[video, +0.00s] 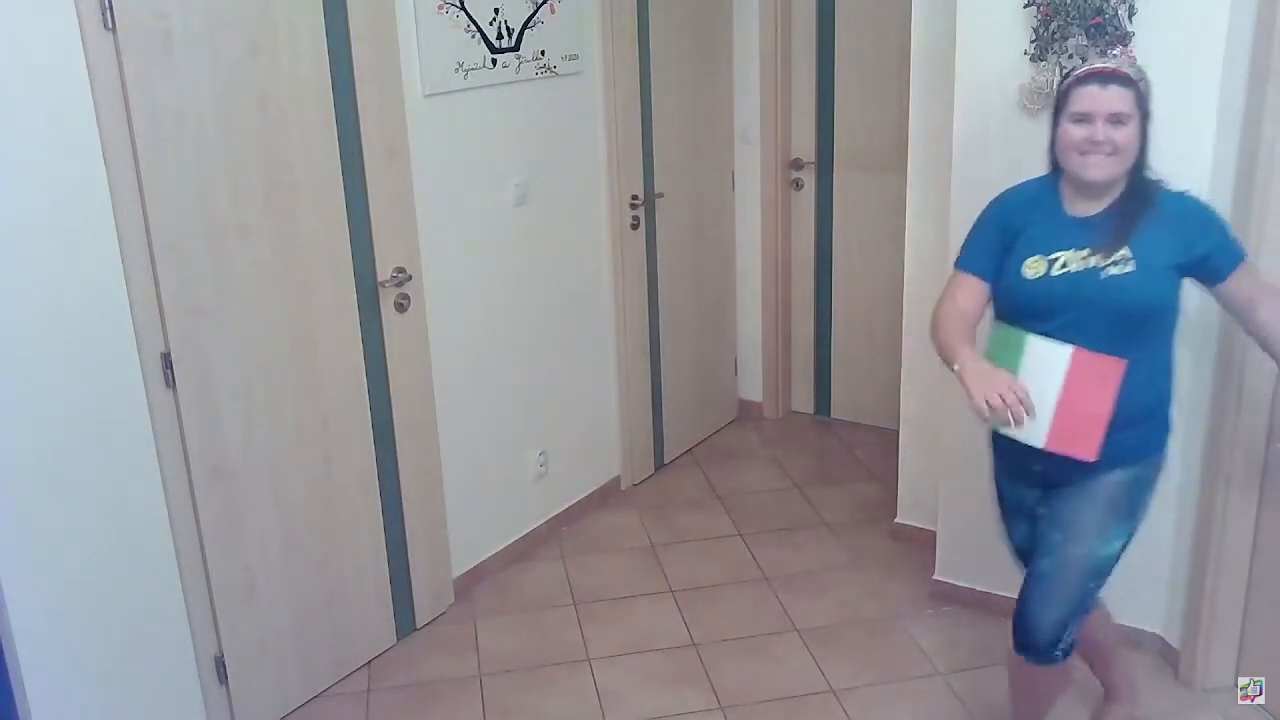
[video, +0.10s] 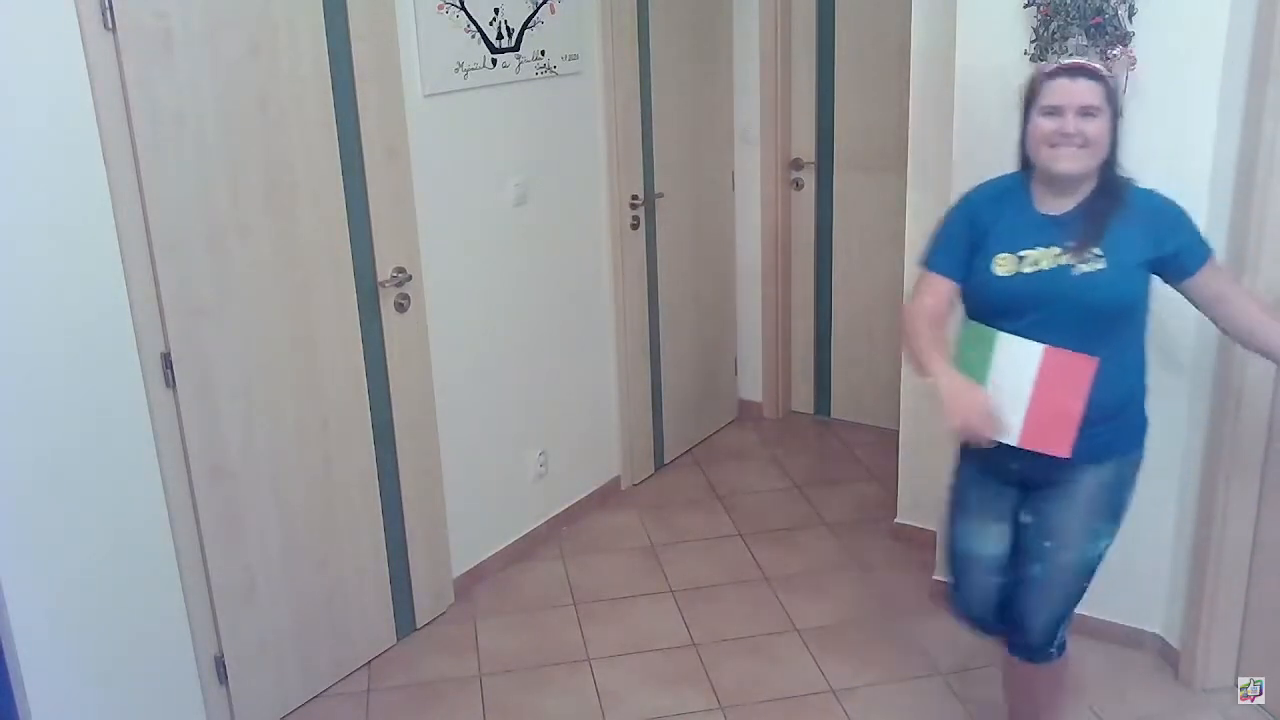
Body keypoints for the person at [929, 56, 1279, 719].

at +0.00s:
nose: (1098, 134)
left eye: (1118, 119)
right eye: (1081, 118)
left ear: (1141, 133)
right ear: (1055, 129)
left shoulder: (1180, 221)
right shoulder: (1014, 211)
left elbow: (1263, 310)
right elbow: (954, 315)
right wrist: (969, 365)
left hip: (1117, 458)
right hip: (1020, 447)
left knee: (1039, 627)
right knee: (1062, 589)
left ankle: (1026, 714)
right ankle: (1123, 693)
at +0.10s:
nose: (1068, 127)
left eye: (1087, 114)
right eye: (1052, 113)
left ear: (1112, 129)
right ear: (1027, 126)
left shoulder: (1148, 218)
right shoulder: (982, 211)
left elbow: (1236, 306)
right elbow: (922, 318)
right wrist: (950, 383)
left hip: (1094, 455)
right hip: (991, 445)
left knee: (1033, 629)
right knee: (977, 605)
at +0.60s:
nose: (886, 121)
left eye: (904, 106)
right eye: (868, 106)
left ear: (928, 121)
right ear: (843, 121)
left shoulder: (959, 207)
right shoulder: (797, 205)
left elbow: (1030, 306)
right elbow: (713, 292)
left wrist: (1065, 267)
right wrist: (630, 368)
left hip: (927, 440)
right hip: (825, 443)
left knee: (925, 593)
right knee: (832, 607)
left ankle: (908, 703)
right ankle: (830, 713)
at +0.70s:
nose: (858, 114)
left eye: (877, 100)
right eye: (841, 101)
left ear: (901, 114)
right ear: (817, 116)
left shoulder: (938, 198)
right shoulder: (774, 200)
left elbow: (998, 303)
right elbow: (686, 283)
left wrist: (1015, 257)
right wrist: (600, 349)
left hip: (900, 428)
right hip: (806, 431)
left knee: (889, 572)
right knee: (823, 592)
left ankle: (838, 661)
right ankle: (830, 710)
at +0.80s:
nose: (823, 121)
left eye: (839, 105)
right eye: (805, 107)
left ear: (865, 117)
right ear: (782, 121)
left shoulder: (900, 197)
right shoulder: (745, 205)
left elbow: (954, 315)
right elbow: (659, 279)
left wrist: (937, 260)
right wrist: (566, 335)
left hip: (868, 426)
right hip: (779, 430)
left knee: (835, 561)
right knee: (806, 588)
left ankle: (748, 616)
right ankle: (826, 710)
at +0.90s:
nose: (792, 133)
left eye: (807, 116)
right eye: (774, 120)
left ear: (833, 125)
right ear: (753, 131)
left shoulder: (869, 201)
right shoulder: (718, 208)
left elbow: (910, 312)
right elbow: (635, 278)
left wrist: (855, 287)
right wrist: (544, 331)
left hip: (832, 421)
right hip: (746, 424)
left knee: (788, 556)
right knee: (796, 584)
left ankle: (718, 622)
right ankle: (822, 709)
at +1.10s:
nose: (739, 148)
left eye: (755, 132)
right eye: (723, 132)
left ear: (781, 135)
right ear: (703, 136)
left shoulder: (815, 203)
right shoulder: (670, 207)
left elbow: (861, 302)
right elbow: (584, 263)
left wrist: (827, 339)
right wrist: (489, 301)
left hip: (783, 416)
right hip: (698, 417)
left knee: (746, 558)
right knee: (735, 577)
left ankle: (706, 640)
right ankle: (739, 704)